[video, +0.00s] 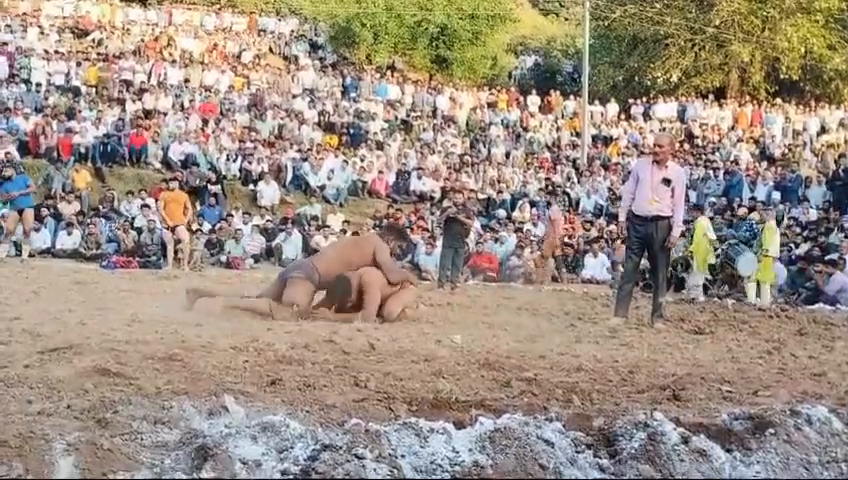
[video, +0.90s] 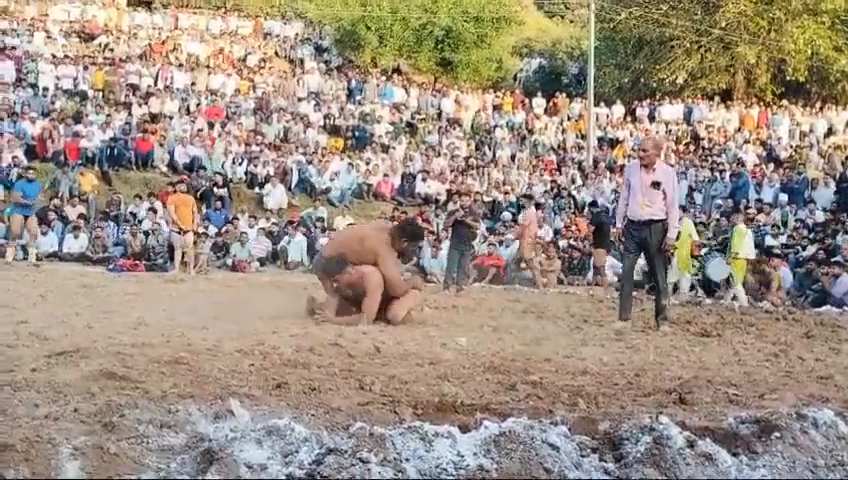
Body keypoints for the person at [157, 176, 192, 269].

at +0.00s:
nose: (172, 185)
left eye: (174, 182)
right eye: (170, 182)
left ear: (178, 183)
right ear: (168, 184)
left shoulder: (184, 195)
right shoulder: (164, 195)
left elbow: (189, 209)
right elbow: (160, 209)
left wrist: (186, 220)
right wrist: (168, 221)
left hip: (180, 222)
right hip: (167, 222)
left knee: (185, 239)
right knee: (169, 244)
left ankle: (185, 264)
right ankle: (169, 265)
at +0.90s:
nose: (183, 187)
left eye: (184, 185)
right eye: (180, 185)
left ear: (186, 186)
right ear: (176, 186)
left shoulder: (191, 198)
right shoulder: (172, 198)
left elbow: (195, 213)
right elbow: (172, 213)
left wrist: (195, 225)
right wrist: (180, 225)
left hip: (188, 228)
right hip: (176, 228)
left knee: (190, 249)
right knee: (177, 249)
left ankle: (191, 269)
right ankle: (176, 268)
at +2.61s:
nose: (214, 221)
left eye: (214, 218)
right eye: (211, 218)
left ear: (216, 220)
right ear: (206, 220)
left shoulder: (219, 233)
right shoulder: (199, 233)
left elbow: (223, 245)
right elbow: (195, 247)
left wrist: (221, 257)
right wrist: (205, 258)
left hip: (215, 261)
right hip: (203, 261)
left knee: (218, 282)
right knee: (203, 282)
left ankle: (221, 302)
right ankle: (201, 303)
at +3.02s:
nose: (210, 221)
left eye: (211, 219)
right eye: (207, 219)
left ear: (213, 220)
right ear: (203, 220)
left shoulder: (217, 232)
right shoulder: (195, 233)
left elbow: (221, 244)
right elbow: (191, 246)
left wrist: (218, 252)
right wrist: (197, 255)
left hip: (212, 259)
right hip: (199, 259)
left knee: (219, 276)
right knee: (193, 277)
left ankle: (219, 299)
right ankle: (196, 299)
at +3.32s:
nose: (208, 221)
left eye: (210, 219)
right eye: (206, 219)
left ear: (213, 220)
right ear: (202, 220)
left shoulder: (217, 233)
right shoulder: (194, 233)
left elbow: (222, 246)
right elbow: (191, 247)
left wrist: (215, 253)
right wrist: (197, 257)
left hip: (213, 259)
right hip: (199, 259)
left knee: (221, 275)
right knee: (189, 276)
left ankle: (219, 298)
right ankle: (194, 297)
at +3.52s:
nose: (207, 219)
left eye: (209, 217)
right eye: (204, 217)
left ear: (212, 218)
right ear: (200, 219)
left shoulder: (216, 231)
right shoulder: (194, 232)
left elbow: (222, 244)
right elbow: (190, 246)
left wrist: (215, 251)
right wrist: (196, 254)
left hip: (213, 258)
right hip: (199, 258)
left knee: (218, 275)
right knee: (190, 276)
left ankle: (217, 298)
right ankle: (194, 297)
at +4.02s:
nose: (194, 216)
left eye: (196, 213)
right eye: (192, 214)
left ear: (200, 214)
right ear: (189, 215)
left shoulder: (203, 223)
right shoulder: (186, 225)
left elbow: (217, 230)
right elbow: (180, 235)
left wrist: (208, 222)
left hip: (200, 252)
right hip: (188, 252)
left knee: (203, 276)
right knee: (189, 275)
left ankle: (206, 297)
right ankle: (187, 296)